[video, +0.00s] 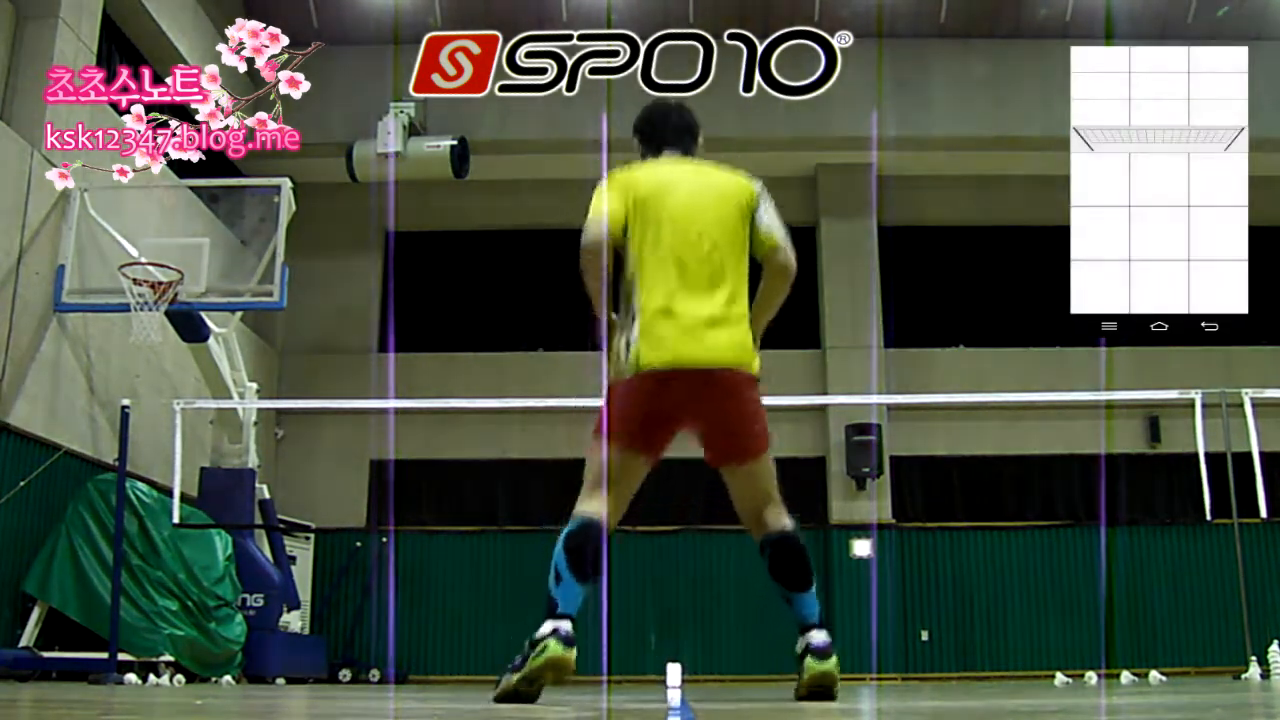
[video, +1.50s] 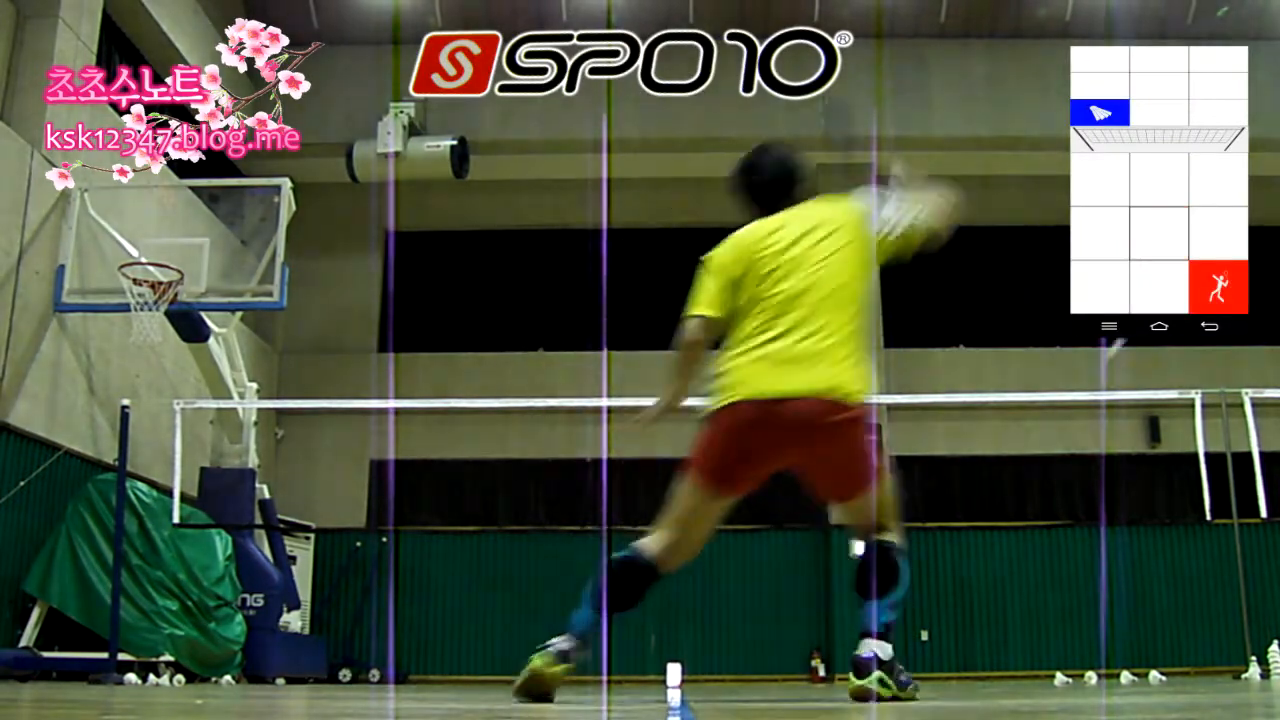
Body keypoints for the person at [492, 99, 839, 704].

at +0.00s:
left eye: (641, 144)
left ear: (641, 145)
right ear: (696, 143)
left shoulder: (622, 181)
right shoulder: (741, 185)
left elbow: (595, 243)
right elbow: (783, 262)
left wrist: (606, 318)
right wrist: (750, 331)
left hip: (648, 366)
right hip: (730, 365)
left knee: (598, 500)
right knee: (768, 511)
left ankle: (557, 629)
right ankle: (816, 641)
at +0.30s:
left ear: (654, 160)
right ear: (710, 159)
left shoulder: (639, 200)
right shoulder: (755, 212)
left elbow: (615, 247)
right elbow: (794, 299)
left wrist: (580, 342)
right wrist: (759, 364)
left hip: (670, 390)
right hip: (747, 391)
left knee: (614, 521)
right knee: (786, 530)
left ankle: (593, 640)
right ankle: (853, 642)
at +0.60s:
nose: (655, 125)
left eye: (653, 119)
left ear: (652, 127)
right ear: (705, 127)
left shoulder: (641, 157)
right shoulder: (753, 175)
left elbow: (613, 201)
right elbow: (791, 261)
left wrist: (567, 284)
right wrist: (764, 330)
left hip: (677, 333)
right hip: (755, 337)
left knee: (622, 474)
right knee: (787, 492)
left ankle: (582, 608)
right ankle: (845, 617)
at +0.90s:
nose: (639, 234)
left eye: (640, 226)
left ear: (645, 224)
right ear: (701, 225)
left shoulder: (638, 246)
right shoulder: (748, 266)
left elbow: (604, 281)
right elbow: (802, 350)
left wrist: (535, 348)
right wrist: (769, 408)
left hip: (682, 399)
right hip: (763, 401)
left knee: (609, 527)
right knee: (783, 527)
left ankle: (578, 638)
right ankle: (847, 644)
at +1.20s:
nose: (647, 206)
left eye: (649, 198)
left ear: (654, 195)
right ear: (710, 191)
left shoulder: (652, 211)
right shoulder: (763, 227)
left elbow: (631, 233)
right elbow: (809, 311)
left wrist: (576, 317)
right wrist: (794, 378)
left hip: (679, 371)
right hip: (765, 371)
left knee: (623, 502)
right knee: (813, 507)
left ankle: (581, 604)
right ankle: (861, 638)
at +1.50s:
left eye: (752, 190)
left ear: (750, 196)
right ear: (804, 183)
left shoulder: (734, 248)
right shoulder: (853, 215)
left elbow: (694, 337)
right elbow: (937, 213)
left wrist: (669, 397)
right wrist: (915, 186)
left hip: (745, 407)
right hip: (832, 407)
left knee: (669, 538)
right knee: (877, 530)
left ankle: (568, 642)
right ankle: (875, 652)